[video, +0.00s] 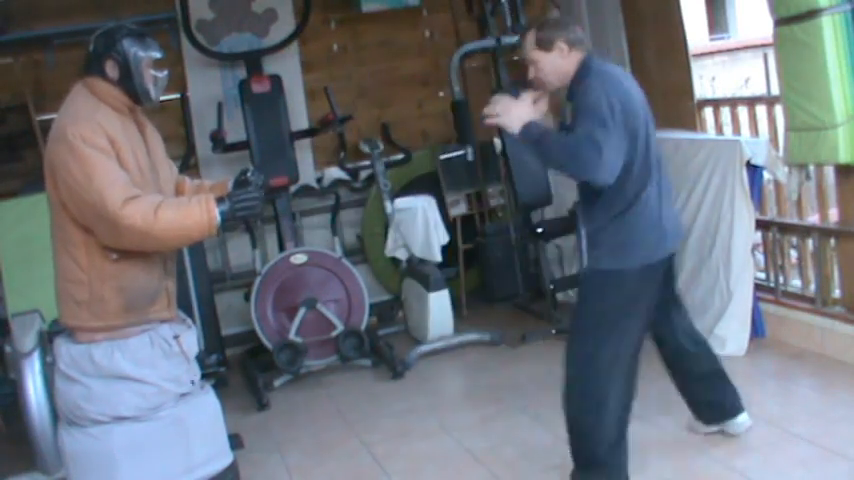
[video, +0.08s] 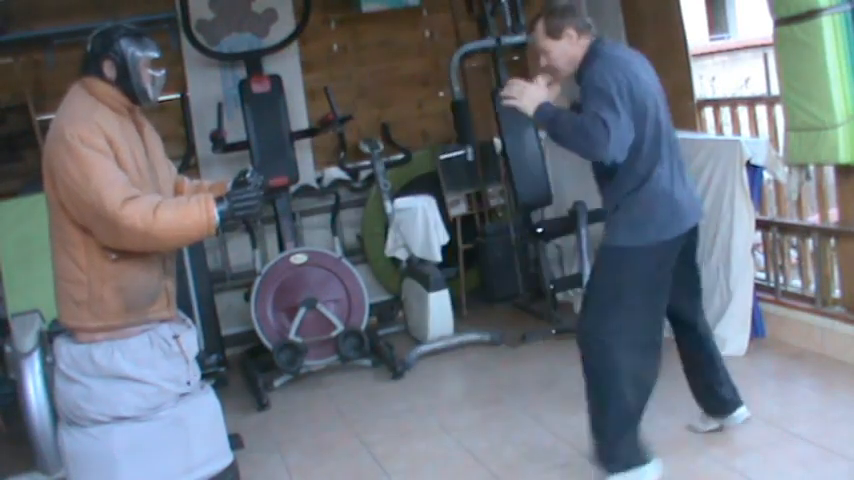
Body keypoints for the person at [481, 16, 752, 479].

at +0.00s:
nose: (531, 74)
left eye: (535, 62)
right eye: (527, 65)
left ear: (564, 50)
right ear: (565, 52)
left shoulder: (595, 86)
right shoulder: (607, 78)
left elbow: (597, 163)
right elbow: (595, 153)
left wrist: (529, 126)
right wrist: (544, 121)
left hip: (622, 253)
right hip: (651, 240)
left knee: (593, 372)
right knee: (672, 328)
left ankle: (597, 471)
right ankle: (724, 411)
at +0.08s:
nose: (543, 64)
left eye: (544, 52)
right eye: (538, 55)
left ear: (573, 35)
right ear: (577, 36)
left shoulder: (601, 71)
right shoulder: (628, 58)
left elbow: (607, 145)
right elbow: (625, 131)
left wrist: (542, 109)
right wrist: (560, 108)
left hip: (643, 223)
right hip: (678, 213)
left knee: (603, 332)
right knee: (686, 315)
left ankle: (623, 458)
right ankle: (723, 404)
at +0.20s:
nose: (570, 58)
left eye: (570, 47)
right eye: (565, 49)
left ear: (594, 34)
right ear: (603, 31)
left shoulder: (617, 70)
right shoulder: (654, 57)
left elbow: (614, 142)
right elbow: (651, 128)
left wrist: (555, 109)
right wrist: (590, 101)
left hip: (656, 219)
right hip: (696, 209)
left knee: (613, 322)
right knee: (694, 304)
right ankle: (735, 392)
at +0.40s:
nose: (590, 69)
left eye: (589, 57)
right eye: (585, 60)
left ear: (615, 45)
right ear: (623, 45)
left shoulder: (639, 81)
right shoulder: (673, 72)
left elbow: (640, 155)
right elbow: (670, 141)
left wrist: (578, 130)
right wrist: (615, 115)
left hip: (675, 231)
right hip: (709, 221)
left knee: (645, 335)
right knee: (714, 322)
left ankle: (723, 420)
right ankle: (748, 406)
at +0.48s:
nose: (586, 59)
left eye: (586, 47)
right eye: (581, 50)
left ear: (613, 34)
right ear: (615, 35)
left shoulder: (641, 68)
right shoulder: (656, 62)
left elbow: (642, 139)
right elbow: (648, 134)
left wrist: (577, 110)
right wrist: (600, 107)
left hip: (675, 220)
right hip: (699, 213)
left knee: (642, 330)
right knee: (713, 315)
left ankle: (704, 430)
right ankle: (747, 402)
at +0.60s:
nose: (578, 61)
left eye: (580, 51)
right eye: (574, 53)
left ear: (611, 34)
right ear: (602, 39)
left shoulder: (652, 67)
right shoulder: (624, 73)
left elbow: (638, 130)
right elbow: (597, 141)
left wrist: (574, 91)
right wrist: (572, 96)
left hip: (675, 225)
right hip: (668, 221)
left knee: (655, 340)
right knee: (707, 317)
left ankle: (648, 455)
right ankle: (750, 397)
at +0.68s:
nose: (573, 66)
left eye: (577, 56)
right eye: (570, 58)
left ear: (608, 43)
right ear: (600, 47)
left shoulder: (653, 78)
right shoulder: (614, 87)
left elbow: (636, 140)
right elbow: (587, 150)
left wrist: (570, 99)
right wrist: (565, 106)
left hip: (673, 232)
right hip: (657, 232)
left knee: (654, 346)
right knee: (703, 322)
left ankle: (640, 460)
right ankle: (750, 399)